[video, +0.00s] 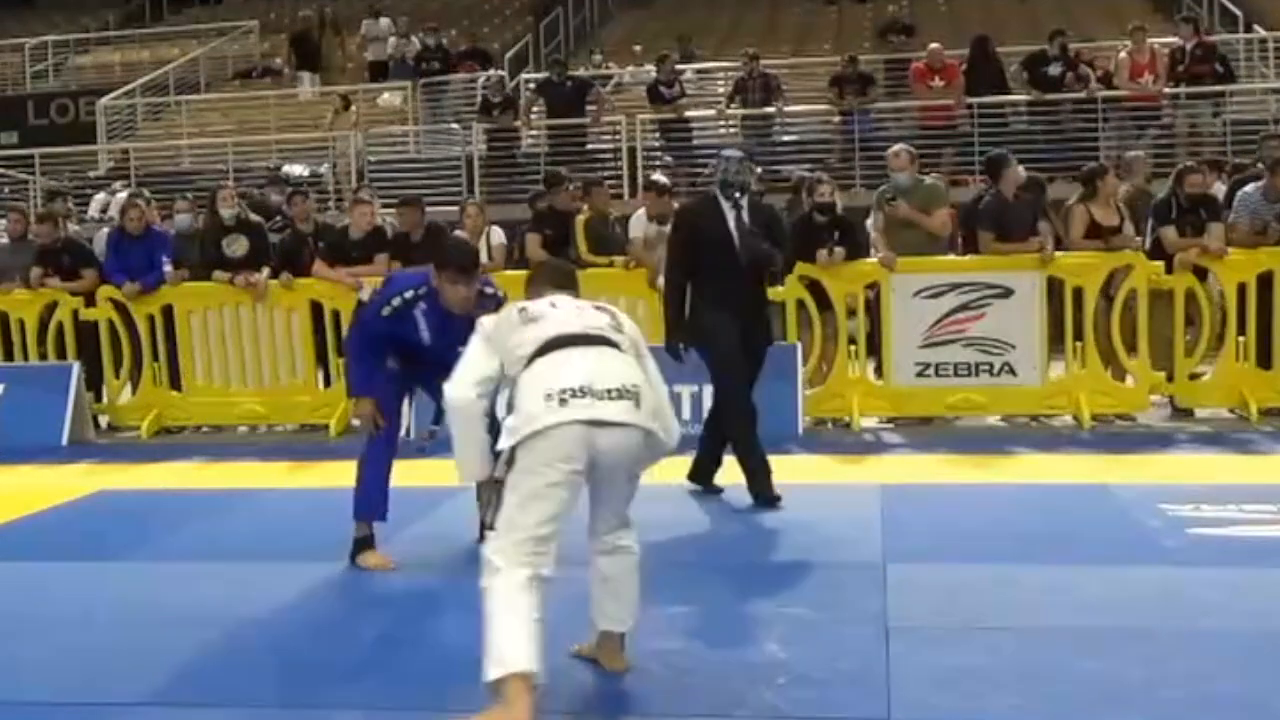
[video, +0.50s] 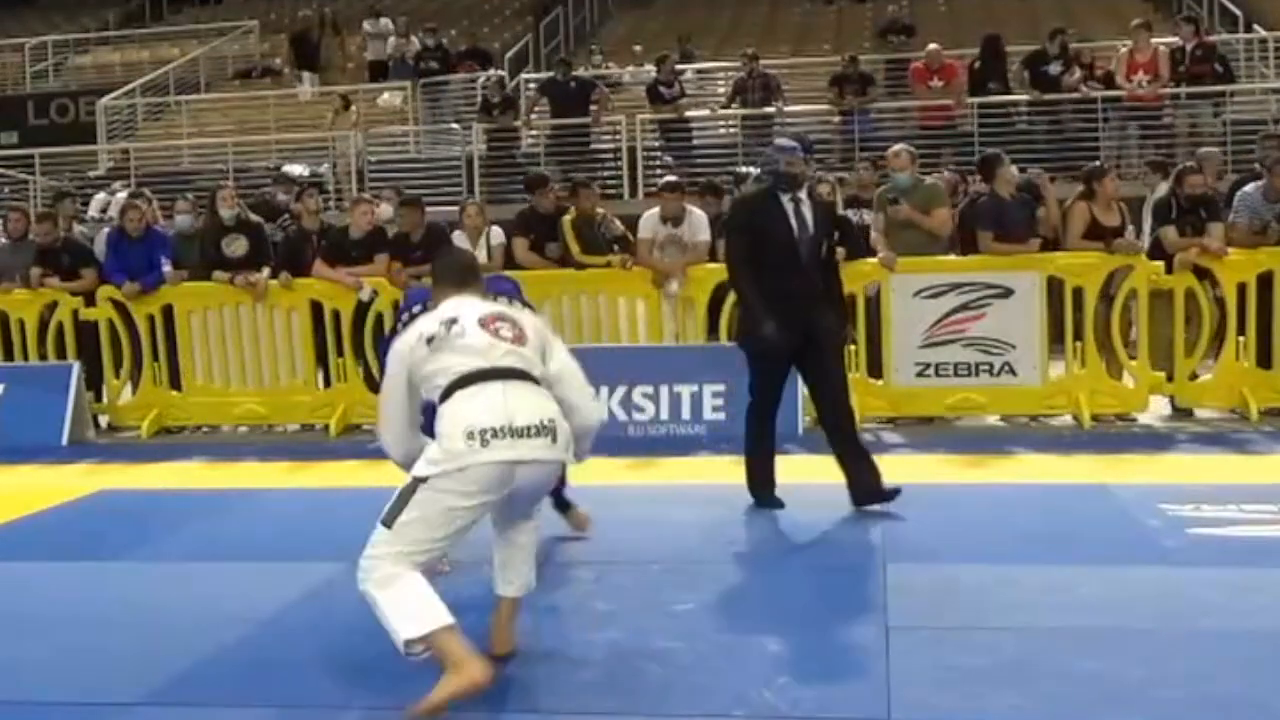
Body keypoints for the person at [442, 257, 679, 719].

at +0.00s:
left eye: (529, 290)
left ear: (528, 293)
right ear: (577, 294)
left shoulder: (502, 321)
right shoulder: (616, 317)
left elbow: (462, 392)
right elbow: (664, 416)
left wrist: (480, 476)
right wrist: (635, 458)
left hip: (551, 423)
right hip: (627, 422)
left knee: (516, 556)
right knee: (614, 530)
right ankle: (612, 645)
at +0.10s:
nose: (480, 284)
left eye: (486, 275)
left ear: (493, 276)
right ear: (547, 275)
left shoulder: (468, 310)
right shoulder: (592, 310)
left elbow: (430, 383)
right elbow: (643, 411)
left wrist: (448, 466)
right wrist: (611, 459)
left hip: (518, 426)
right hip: (600, 424)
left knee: (479, 564)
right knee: (592, 524)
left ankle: (478, 704)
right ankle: (607, 642)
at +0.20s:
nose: (451, 282)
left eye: (454, 275)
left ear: (463, 274)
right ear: (522, 269)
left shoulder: (440, 314)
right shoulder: (569, 308)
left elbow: (403, 408)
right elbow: (622, 401)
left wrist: (432, 476)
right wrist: (609, 451)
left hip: (486, 446)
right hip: (568, 441)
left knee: (449, 582)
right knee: (567, 521)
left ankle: (466, 708)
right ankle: (577, 634)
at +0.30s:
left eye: (442, 276)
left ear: (448, 275)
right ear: (508, 271)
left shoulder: (422, 319)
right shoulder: (552, 307)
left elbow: (393, 418)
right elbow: (606, 381)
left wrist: (423, 472)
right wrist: (591, 445)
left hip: (466, 441)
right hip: (547, 438)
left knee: (447, 581)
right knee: (540, 530)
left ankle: (467, 705)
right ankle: (531, 630)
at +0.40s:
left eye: (436, 271)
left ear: (441, 271)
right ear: (499, 262)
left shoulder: (417, 311)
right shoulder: (544, 301)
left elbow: (391, 409)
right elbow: (594, 371)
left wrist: (422, 465)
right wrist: (582, 443)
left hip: (463, 425)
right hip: (541, 424)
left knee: (435, 558)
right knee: (521, 518)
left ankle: (461, 680)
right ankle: (525, 636)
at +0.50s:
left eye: (432, 289)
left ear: (434, 289)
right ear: (482, 283)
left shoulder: (411, 337)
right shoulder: (529, 321)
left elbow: (399, 444)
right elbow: (587, 412)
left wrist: (444, 473)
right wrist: (561, 457)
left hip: (470, 453)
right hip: (544, 450)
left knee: (383, 565)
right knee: (516, 519)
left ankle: (462, 663)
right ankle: (504, 631)